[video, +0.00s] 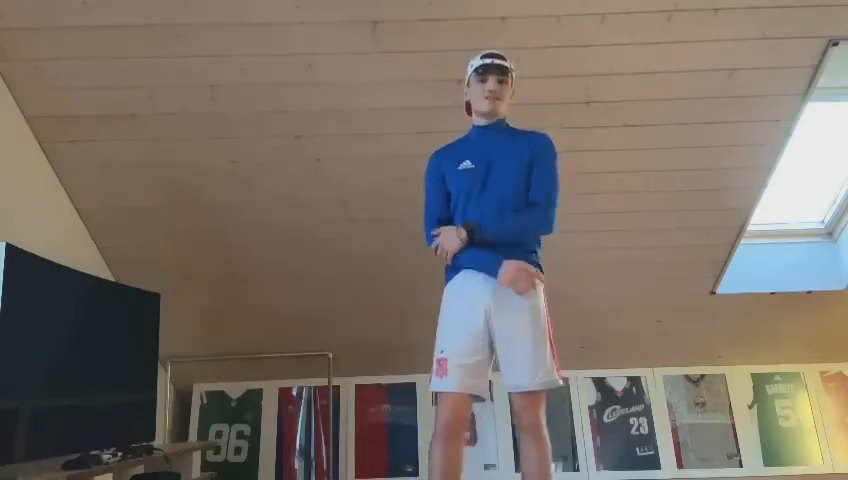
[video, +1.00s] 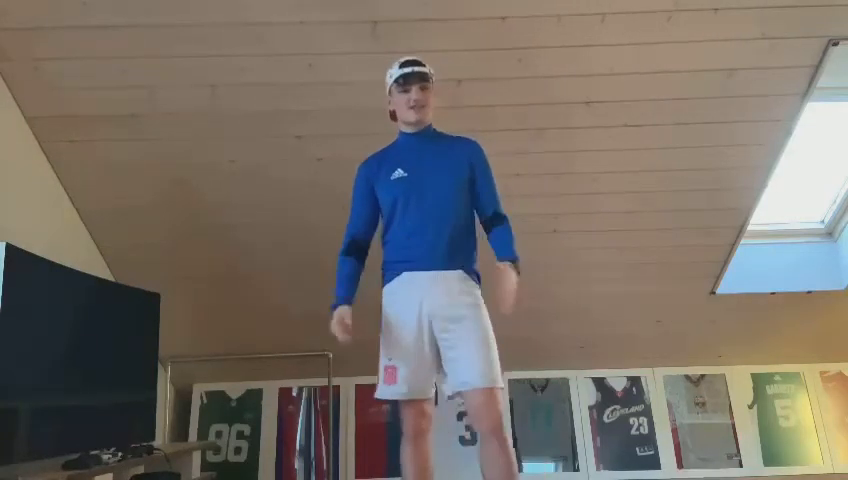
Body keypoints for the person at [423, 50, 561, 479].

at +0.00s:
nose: (492, 88)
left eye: (501, 82)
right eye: (482, 81)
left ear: (510, 92)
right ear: (467, 92)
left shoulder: (537, 145)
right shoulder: (443, 158)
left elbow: (543, 219)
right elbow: (437, 234)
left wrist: (469, 231)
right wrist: (498, 263)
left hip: (521, 284)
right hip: (465, 284)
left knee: (529, 413)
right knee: (451, 414)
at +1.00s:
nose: (415, 96)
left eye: (422, 87)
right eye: (405, 89)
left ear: (433, 95)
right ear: (390, 103)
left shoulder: (466, 152)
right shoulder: (375, 167)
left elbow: (493, 217)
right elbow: (356, 243)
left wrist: (508, 262)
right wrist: (343, 300)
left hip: (461, 294)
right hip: (404, 298)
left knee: (489, 416)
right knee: (415, 419)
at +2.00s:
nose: (404, 95)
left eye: (412, 87)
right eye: (394, 89)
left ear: (425, 95)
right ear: (382, 103)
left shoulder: (459, 150)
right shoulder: (366, 168)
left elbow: (477, 225)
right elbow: (360, 244)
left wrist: (431, 266)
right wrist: (399, 291)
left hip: (451, 292)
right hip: (394, 299)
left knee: (484, 414)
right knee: (413, 418)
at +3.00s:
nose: (414, 97)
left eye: (421, 90)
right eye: (403, 89)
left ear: (430, 99)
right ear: (386, 101)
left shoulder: (458, 150)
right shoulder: (366, 169)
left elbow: (475, 224)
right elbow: (362, 246)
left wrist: (421, 268)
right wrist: (404, 291)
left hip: (452, 289)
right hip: (395, 297)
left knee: (484, 416)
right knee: (413, 419)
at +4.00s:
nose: (403, 95)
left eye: (411, 86)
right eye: (393, 88)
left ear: (424, 95)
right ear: (380, 103)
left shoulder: (459, 150)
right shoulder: (365, 167)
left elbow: (497, 223)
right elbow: (341, 248)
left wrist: (541, 284)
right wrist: (309, 321)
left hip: (452, 294)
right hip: (394, 301)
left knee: (484, 419)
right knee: (411, 423)